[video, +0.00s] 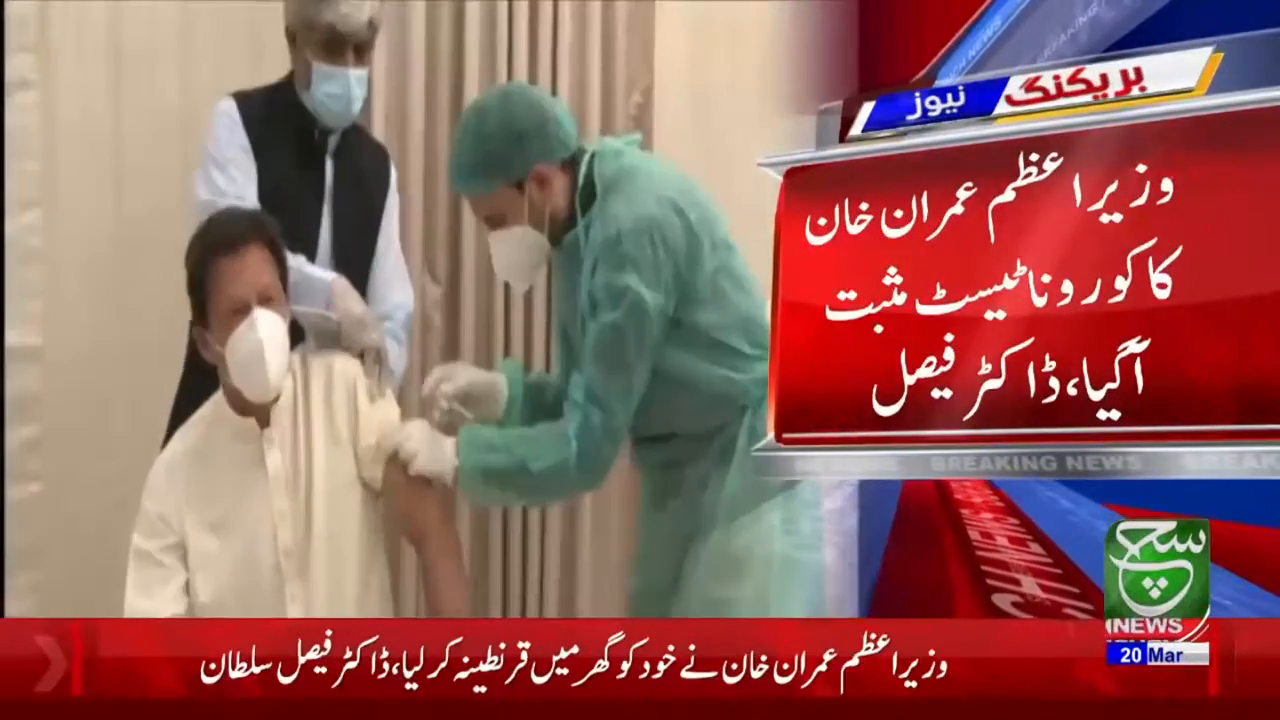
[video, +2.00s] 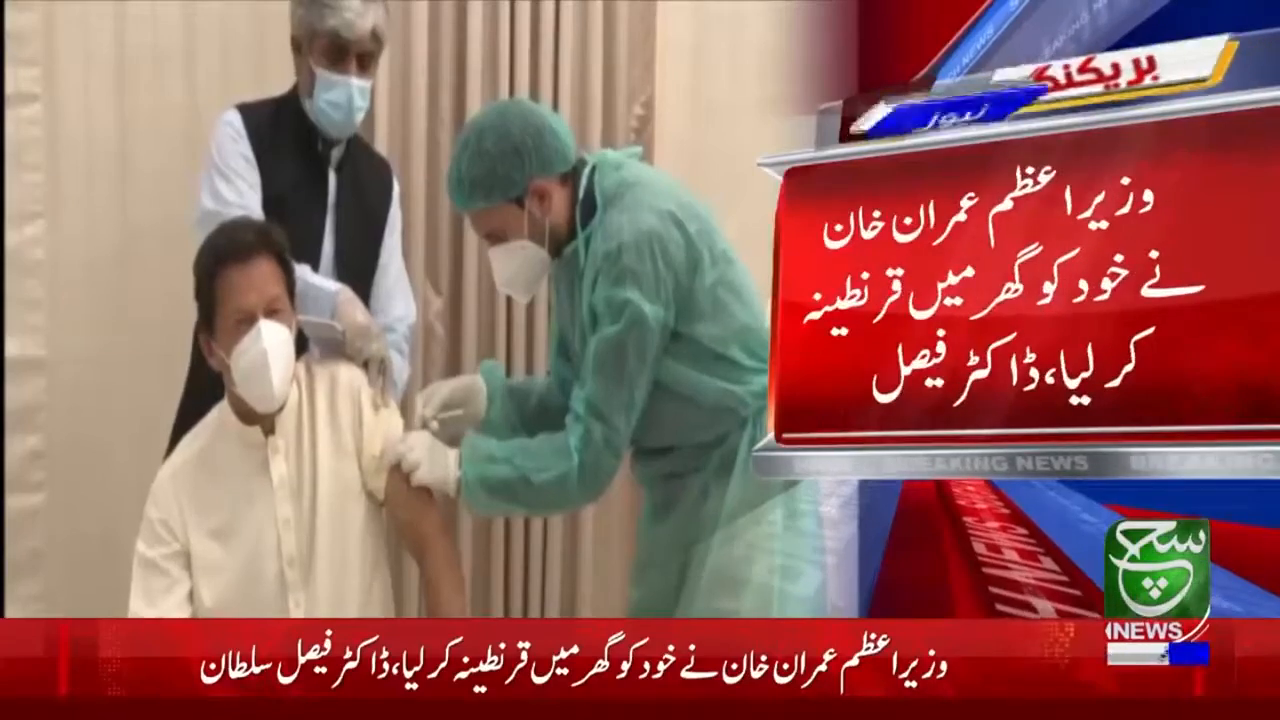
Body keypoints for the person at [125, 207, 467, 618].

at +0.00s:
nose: (260, 323)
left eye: (270, 303)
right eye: (238, 312)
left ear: (289, 310)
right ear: (208, 343)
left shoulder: (341, 386)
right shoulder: (178, 472)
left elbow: (431, 526)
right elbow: (153, 624)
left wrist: (457, 642)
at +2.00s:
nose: (265, 335)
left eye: (275, 313)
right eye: (244, 322)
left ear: (295, 316)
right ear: (212, 349)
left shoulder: (345, 394)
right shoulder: (179, 484)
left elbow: (431, 538)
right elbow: (159, 639)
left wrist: (454, 647)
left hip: (364, 674)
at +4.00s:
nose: (264, 388)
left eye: (277, 367)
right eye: (246, 374)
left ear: (299, 354)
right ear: (211, 367)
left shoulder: (346, 414)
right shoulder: (183, 489)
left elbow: (427, 550)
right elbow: (157, 634)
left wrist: (454, 651)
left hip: (359, 669)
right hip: (240, 681)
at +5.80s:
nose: (299, 371)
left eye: (298, 350)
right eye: (274, 364)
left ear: (308, 347)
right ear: (227, 401)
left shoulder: (348, 424)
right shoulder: (186, 500)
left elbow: (431, 560)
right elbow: (156, 649)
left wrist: (464, 664)